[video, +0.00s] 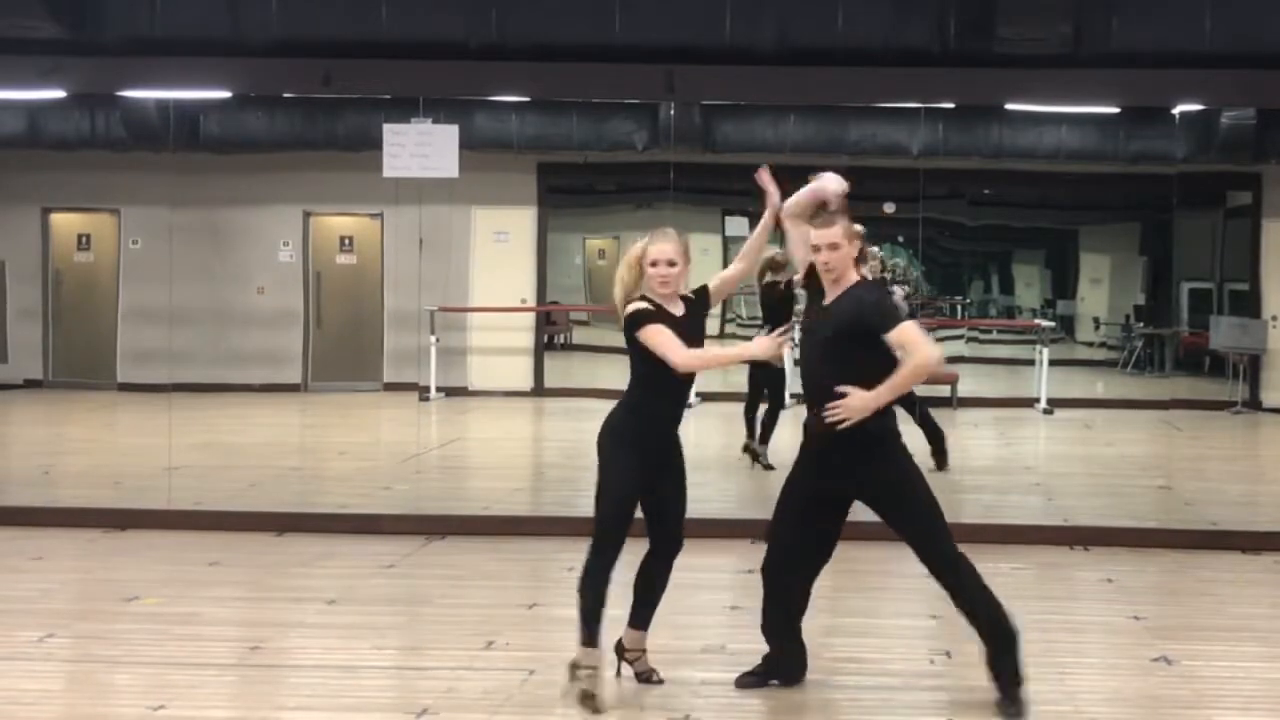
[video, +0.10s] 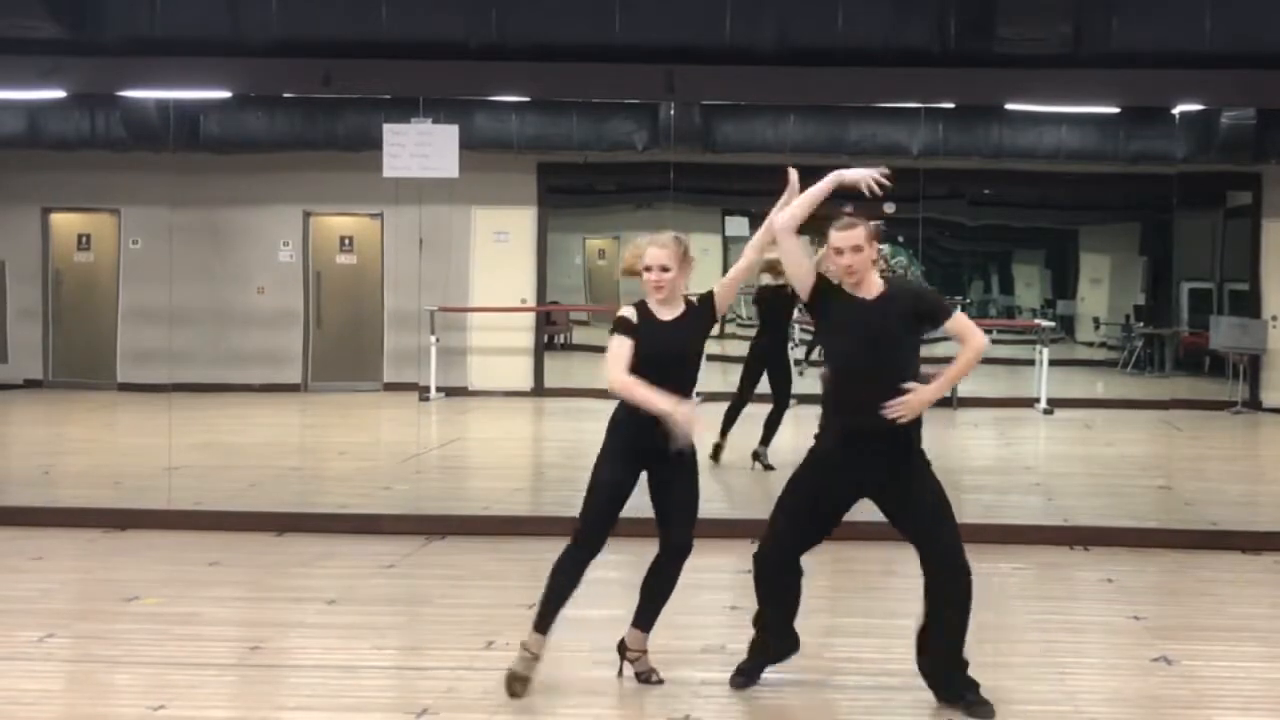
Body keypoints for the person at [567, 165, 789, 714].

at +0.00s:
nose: (665, 271)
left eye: (673, 263)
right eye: (656, 264)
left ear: (685, 267)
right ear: (641, 271)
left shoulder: (696, 303)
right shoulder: (640, 316)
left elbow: (741, 267)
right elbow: (684, 359)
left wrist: (771, 212)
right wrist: (751, 349)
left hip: (663, 441)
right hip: (626, 438)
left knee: (667, 541)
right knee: (608, 539)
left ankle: (634, 641)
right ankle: (587, 650)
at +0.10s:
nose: (655, 278)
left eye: (664, 269)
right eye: (648, 270)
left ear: (685, 272)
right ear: (639, 274)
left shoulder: (703, 310)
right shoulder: (632, 316)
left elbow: (756, 252)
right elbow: (615, 376)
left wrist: (784, 205)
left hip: (675, 442)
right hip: (627, 437)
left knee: (677, 543)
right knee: (589, 537)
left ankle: (635, 640)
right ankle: (535, 640)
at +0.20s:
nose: (656, 281)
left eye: (665, 273)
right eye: (649, 273)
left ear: (685, 275)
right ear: (641, 275)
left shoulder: (705, 316)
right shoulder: (628, 323)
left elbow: (753, 273)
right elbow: (578, 375)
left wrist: (794, 227)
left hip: (676, 447)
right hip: (625, 443)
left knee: (678, 551)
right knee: (587, 535)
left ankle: (636, 640)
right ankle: (538, 620)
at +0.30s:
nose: (657, 282)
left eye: (665, 274)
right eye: (650, 274)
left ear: (684, 279)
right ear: (642, 277)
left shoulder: (705, 322)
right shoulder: (624, 324)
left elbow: (765, 281)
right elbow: (559, 345)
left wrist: (810, 246)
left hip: (676, 448)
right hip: (625, 444)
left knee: (674, 555)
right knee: (603, 537)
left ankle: (635, 640)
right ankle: (579, 611)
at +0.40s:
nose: (655, 288)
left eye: (665, 280)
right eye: (649, 280)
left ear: (683, 283)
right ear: (641, 280)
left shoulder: (703, 324)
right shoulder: (623, 320)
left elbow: (772, 298)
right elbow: (561, 304)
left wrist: (833, 270)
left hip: (674, 450)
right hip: (624, 448)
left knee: (672, 554)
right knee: (619, 545)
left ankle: (633, 641)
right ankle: (610, 614)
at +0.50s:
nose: (657, 288)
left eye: (665, 280)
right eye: (650, 280)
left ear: (683, 283)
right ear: (642, 282)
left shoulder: (701, 329)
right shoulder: (627, 316)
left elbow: (768, 323)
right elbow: (584, 271)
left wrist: (833, 311)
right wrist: (547, 227)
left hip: (678, 455)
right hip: (627, 452)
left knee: (668, 558)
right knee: (619, 549)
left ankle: (635, 637)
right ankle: (620, 611)